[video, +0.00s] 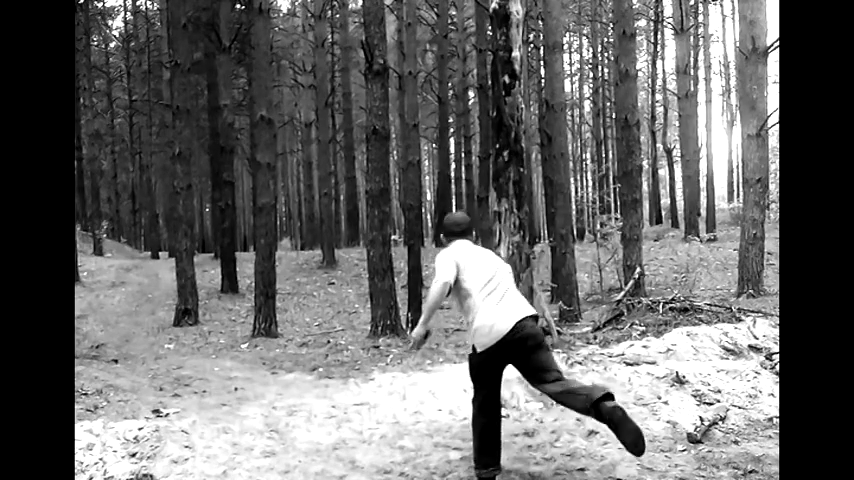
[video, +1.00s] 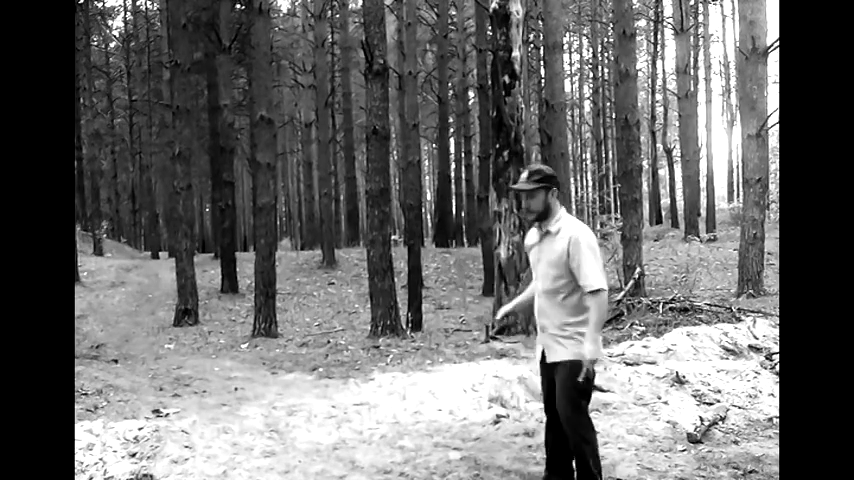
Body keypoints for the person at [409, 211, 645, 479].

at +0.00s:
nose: (439, 241)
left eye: (439, 237)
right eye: (441, 237)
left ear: (443, 238)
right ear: (471, 234)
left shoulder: (448, 254)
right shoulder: (490, 255)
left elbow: (443, 283)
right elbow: (508, 290)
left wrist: (422, 324)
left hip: (488, 335)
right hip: (524, 323)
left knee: (485, 402)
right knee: (553, 381)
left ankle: (486, 469)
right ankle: (602, 406)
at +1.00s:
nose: (524, 203)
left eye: (531, 196)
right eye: (521, 197)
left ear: (551, 193)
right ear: (520, 197)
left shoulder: (577, 235)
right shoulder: (533, 237)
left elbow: (598, 294)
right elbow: (541, 283)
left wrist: (591, 347)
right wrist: (511, 307)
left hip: (576, 348)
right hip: (548, 347)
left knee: (571, 415)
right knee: (554, 422)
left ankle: (590, 477)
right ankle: (557, 476)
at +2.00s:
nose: (527, 181)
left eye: (534, 170)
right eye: (520, 173)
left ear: (558, 164)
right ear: (514, 175)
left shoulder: (600, 220)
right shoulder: (508, 226)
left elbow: (633, 287)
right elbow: (496, 285)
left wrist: (646, 357)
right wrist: (487, 321)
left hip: (584, 357)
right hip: (531, 363)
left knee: (577, 454)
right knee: (547, 461)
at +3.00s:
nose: (424, 156)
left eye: (424, 148)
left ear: (427, 153)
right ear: (483, 153)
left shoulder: (441, 217)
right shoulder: (516, 213)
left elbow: (441, 323)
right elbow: (531, 309)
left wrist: (423, 411)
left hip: (470, 425)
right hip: (524, 418)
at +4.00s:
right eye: (560, 127)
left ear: (494, 140)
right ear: (557, 136)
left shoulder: (464, 217)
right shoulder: (583, 207)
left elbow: (441, 313)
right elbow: (663, 269)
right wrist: (675, 220)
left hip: (497, 442)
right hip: (578, 441)